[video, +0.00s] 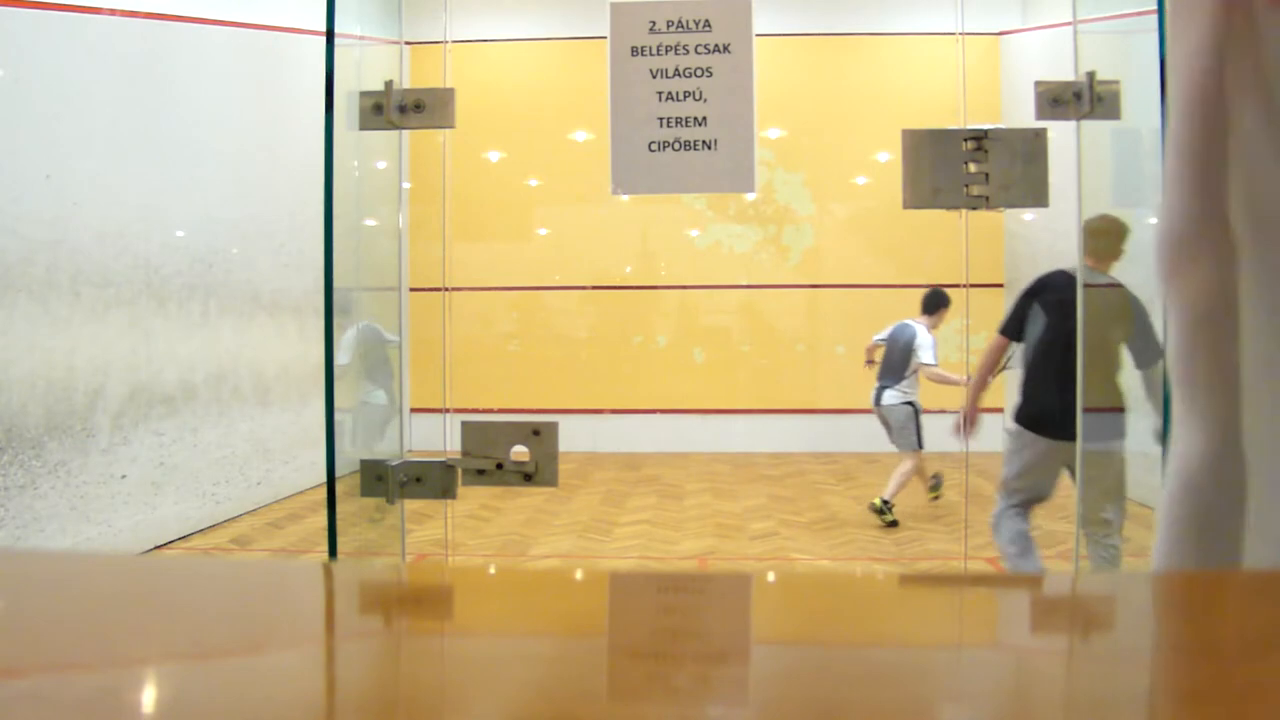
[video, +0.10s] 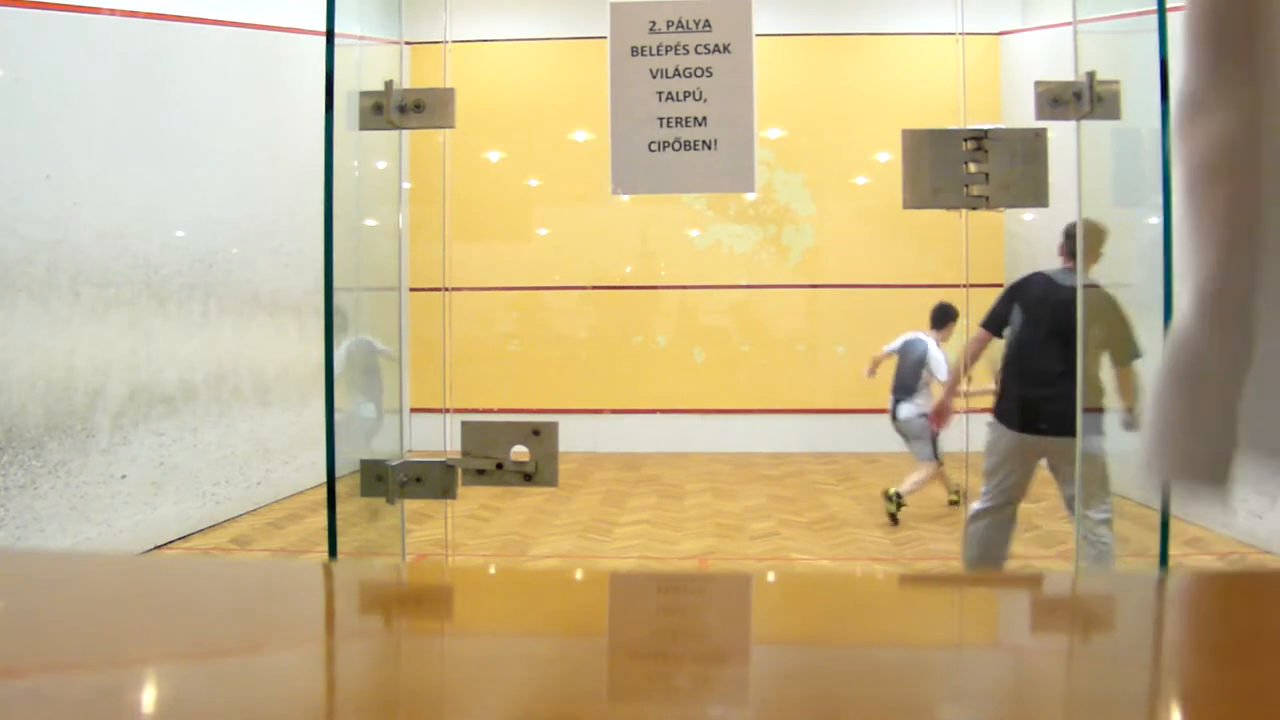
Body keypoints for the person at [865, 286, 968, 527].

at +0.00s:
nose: (945, 318)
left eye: (946, 313)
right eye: (945, 313)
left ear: (924, 307)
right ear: (939, 312)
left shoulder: (901, 326)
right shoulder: (924, 336)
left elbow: (872, 344)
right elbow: (930, 373)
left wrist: (869, 359)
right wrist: (963, 380)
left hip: (881, 398)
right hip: (901, 401)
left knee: (912, 452)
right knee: (912, 457)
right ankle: (885, 501)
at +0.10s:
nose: (953, 331)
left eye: (953, 326)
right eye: (953, 326)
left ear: (933, 321)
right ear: (947, 326)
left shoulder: (910, 338)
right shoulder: (934, 352)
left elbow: (881, 354)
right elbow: (950, 389)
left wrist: (872, 368)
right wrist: (990, 390)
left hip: (897, 410)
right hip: (915, 412)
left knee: (932, 456)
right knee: (931, 464)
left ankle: (953, 490)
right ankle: (898, 494)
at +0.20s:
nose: (954, 336)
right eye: (954, 333)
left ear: (932, 332)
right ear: (952, 335)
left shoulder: (911, 354)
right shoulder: (953, 365)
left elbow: (890, 382)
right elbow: (973, 392)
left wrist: (889, 405)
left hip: (908, 422)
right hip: (932, 425)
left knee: (944, 450)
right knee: (935, 482)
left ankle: (955, 492)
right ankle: (907, 493)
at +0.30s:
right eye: (950, 335)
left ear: (929, 335)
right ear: (952, 336)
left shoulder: (914, 360)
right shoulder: (956, 364)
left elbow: (903, 390)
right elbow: (965, 396)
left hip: (916, 430)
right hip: (942, 431)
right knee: (937, 478)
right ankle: (906, 486)